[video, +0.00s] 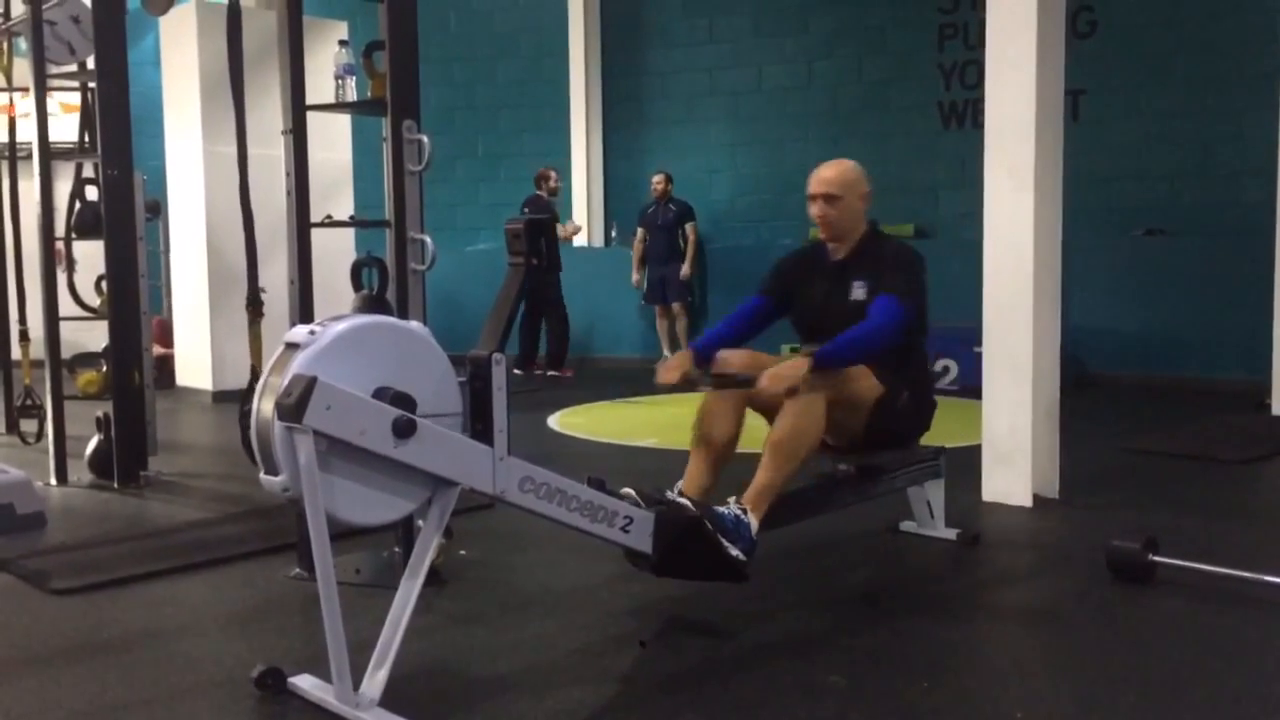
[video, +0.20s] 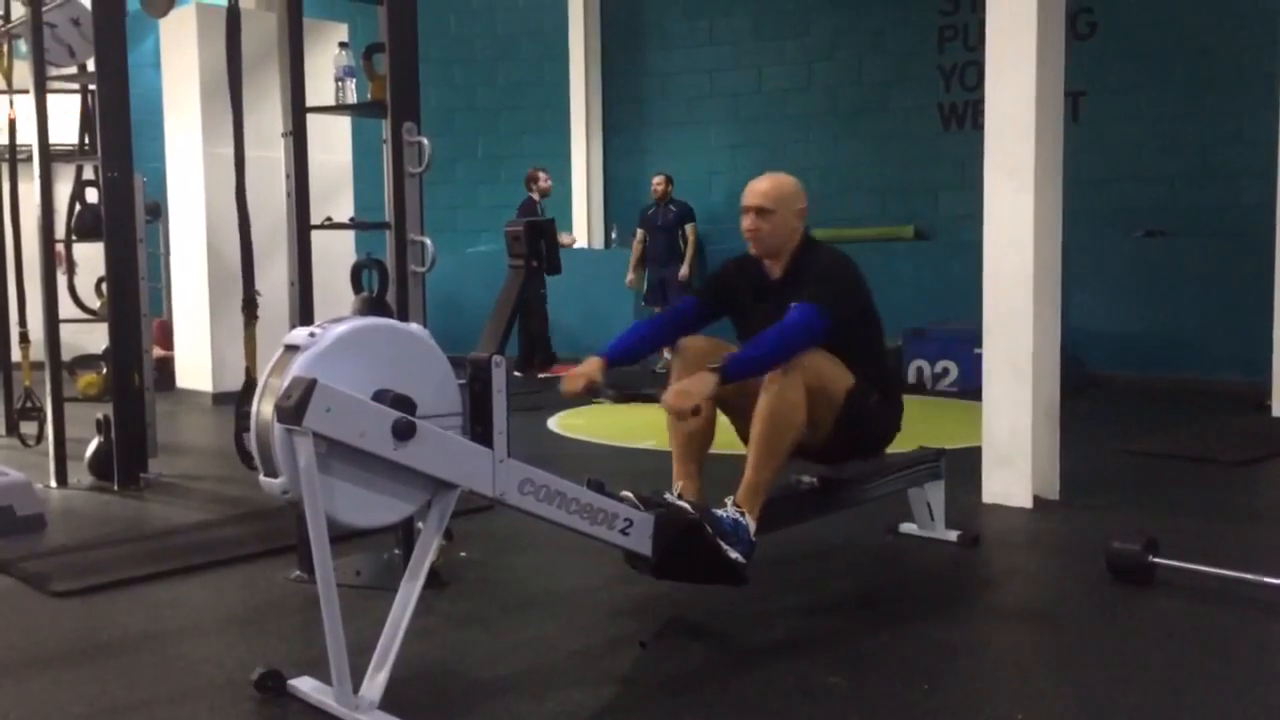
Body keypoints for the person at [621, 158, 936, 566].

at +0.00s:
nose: (818, 211)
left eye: (831, 200)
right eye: (812, 200)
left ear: (864, 200)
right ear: (806, 203)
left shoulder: (897, 260)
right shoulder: (801, 263)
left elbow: (882, 330)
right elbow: (751, 316)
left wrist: (808, 363)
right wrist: (692, 354)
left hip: (892, 406)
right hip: (819, 401)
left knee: (814, 379)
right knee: (730, 363)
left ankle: (746, 519)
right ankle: (687, 501)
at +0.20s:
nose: (749, 224)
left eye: (762, 214)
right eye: (745, 213)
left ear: (798, 217)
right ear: (740, 216)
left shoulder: (832, 272)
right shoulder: (740, 273)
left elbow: (793, 335)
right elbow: (675, 321)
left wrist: (716, 374)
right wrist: (603, 360)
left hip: (859, 426)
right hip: (784, 423)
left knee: (789, 365)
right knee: (692, 350)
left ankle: (743, 519)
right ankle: (686, 501)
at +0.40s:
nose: (750, 220)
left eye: (764, 211)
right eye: (748, 209)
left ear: (800, 218)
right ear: (744, 213)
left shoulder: (837, 270)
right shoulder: (747, 272)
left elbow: (792, 315)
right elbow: (680, 311)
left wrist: (715, 337)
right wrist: (601, 335)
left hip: (862, 424)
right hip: (791, 428)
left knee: (789, 353)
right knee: (695, 359)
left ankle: (743, 518)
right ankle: (686, 504)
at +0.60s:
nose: (842, 194)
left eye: (855, 186)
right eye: (838, 185)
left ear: (885, 195)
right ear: (832, 192)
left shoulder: (913, 253)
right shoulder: (821, 256)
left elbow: (874, 295)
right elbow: (766, 293)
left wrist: (814, 319)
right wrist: (700, 319)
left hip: (899, 402)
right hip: (824, 394)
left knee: (818, 383)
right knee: (735, 378)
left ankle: (746, 523)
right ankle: (686, 503)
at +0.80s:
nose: (920, 212)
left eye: (932, 203)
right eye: (916, 203)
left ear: (960, 212)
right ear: (911, 211)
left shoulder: (985, 269)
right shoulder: (885, 271)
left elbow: (969, 319)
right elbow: (843, 319)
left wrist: (912, 320)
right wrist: (799, 328)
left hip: (928, 386)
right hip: (867, 374)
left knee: (836, 423)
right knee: (783, 413)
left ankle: (748, 521)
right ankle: (687, 503)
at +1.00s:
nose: (947, 243)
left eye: (959, 235)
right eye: (942, 235)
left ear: (986, 242)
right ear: (936, 241)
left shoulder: (1011, 303)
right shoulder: (912, 293)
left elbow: (1051, 363)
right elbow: (864, 364)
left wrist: (1005, 309)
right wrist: (862, 327)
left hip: (928, 389)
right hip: (872, 379)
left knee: (843, 443)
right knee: (797, 433)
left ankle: (751, 527)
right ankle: (691, 510)